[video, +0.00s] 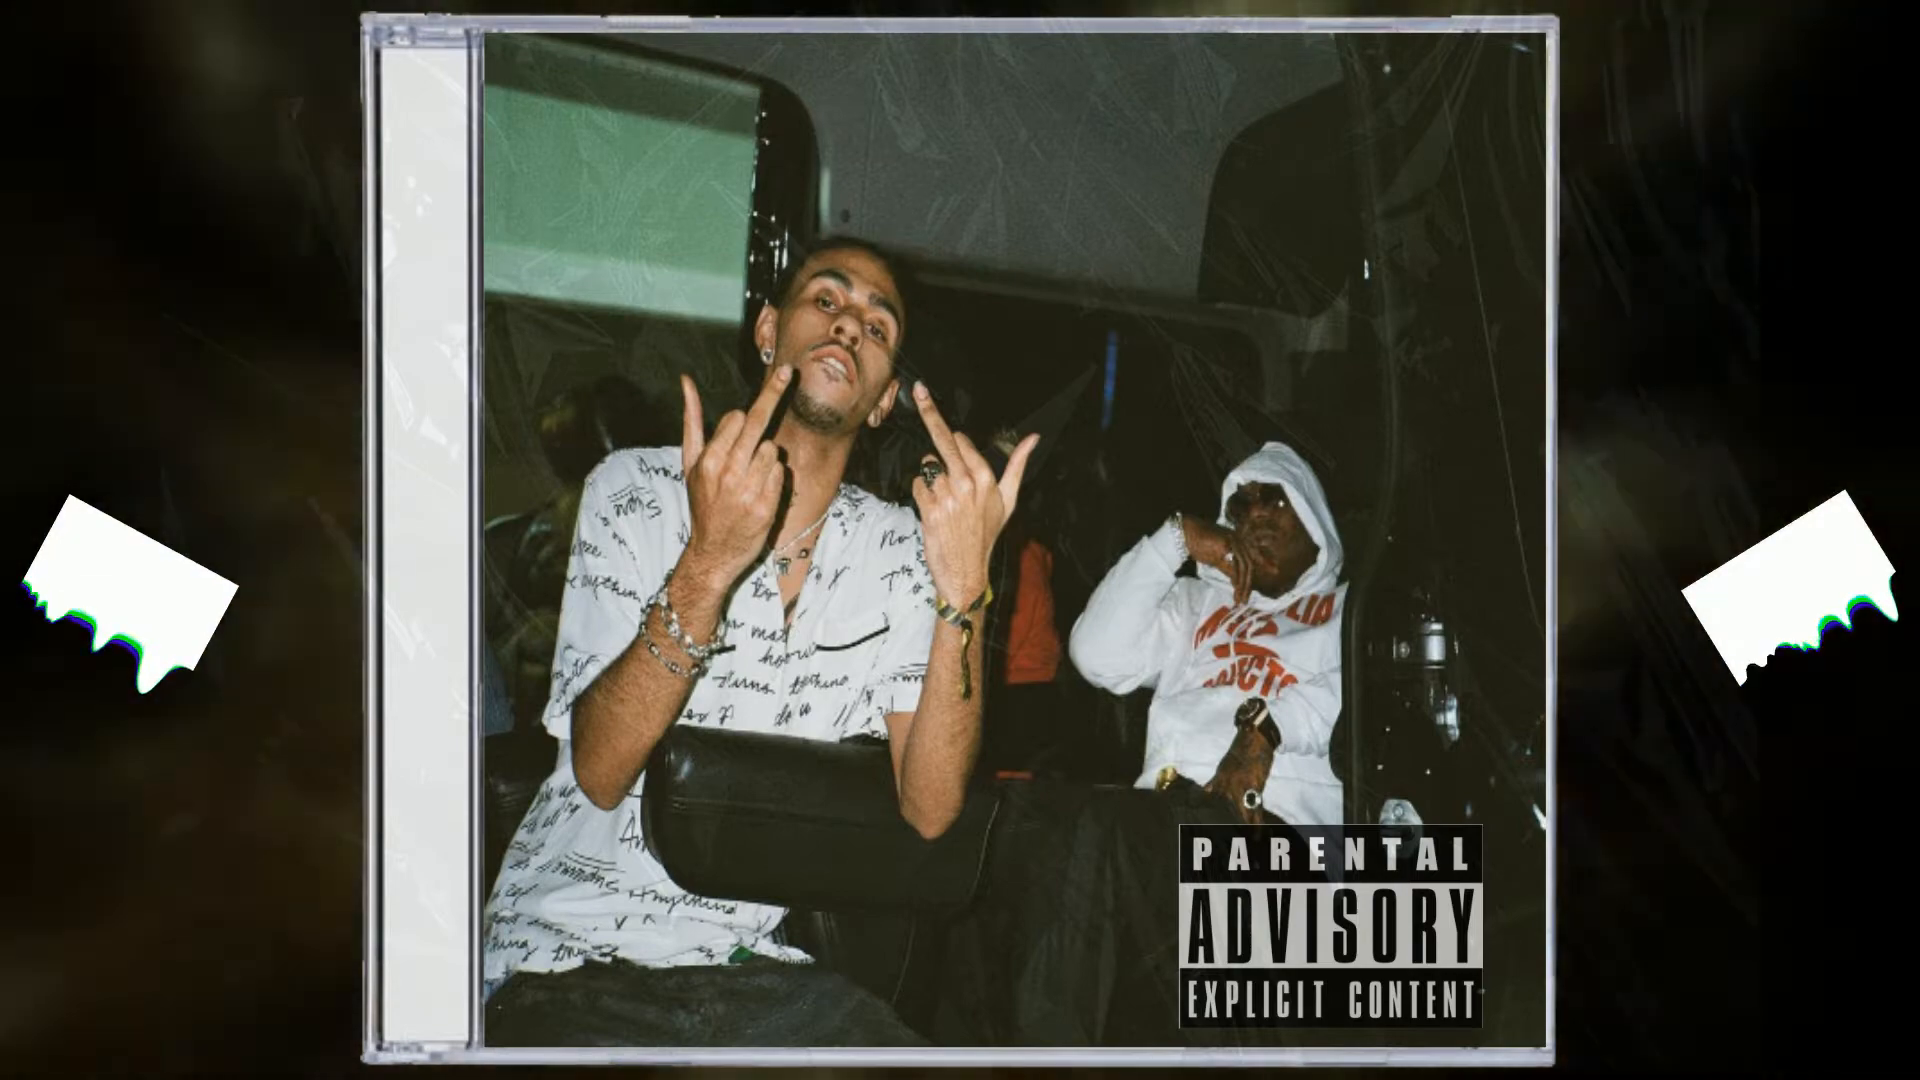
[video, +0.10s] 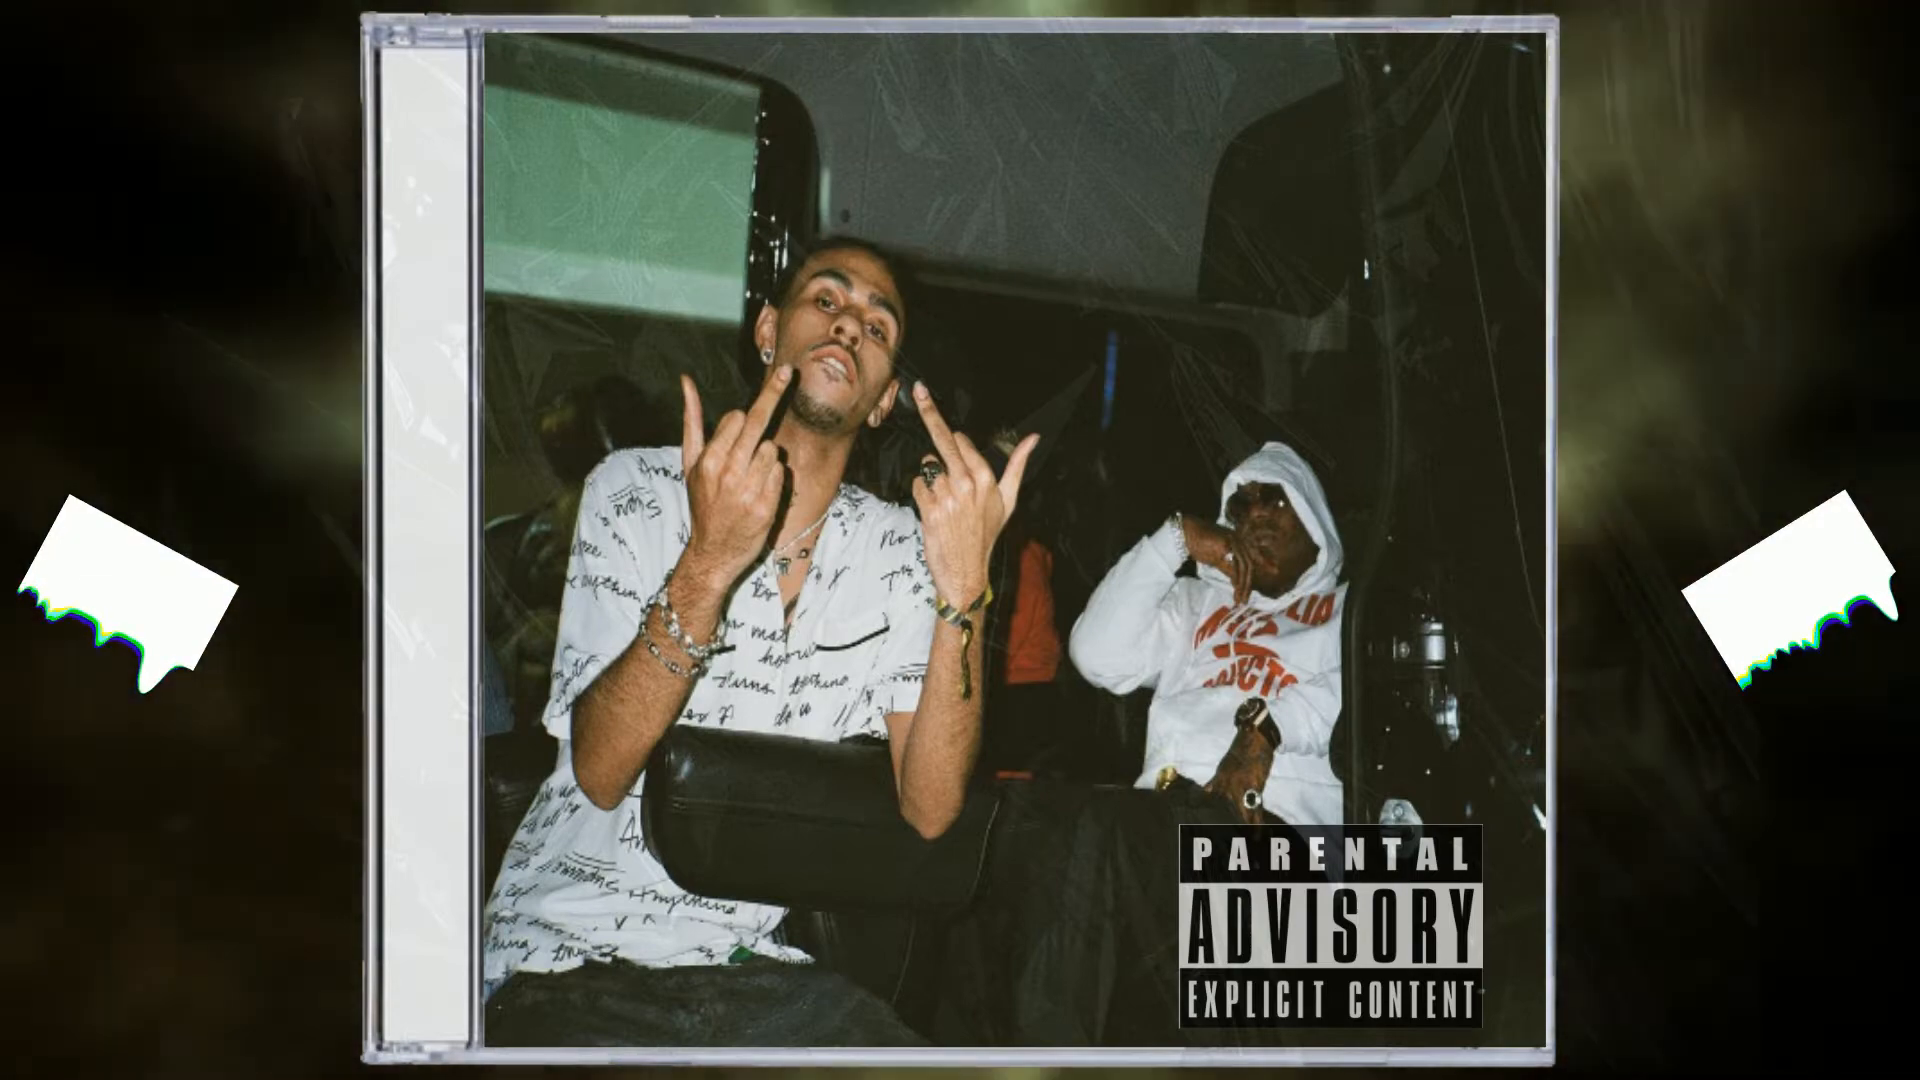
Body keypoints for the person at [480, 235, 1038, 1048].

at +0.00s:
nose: (851, 322)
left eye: (878, 323)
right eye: (826, 298)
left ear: (886, 396)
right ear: (767, 333)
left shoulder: (903, 550)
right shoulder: (637, 490)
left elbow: (931, 809)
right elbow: (601, 770)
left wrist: (966, 594)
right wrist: (709, 564)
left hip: (751, 956)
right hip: (568, 944)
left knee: (909, 1064)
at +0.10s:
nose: (851, 323)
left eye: (879, 323)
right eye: (826, 298)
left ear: (887, 395)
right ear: (767, 333)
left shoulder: (903, 550)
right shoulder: (638, 490)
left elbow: (931, 809)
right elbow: (601, 770)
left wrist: (965, 594)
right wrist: (710, 564)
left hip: (755, 957)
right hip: (571, 946)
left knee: (911, 1067)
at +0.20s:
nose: (851, 323)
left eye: (879, 323)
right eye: (826, 298)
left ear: (887, 395)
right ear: (767, 333)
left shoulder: (903, 550)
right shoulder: (638, 490)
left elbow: (931, 809)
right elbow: (601, 770)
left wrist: (965, 594)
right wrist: (710, 564)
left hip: (755, 957)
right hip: (571, 945)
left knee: (908, 1063)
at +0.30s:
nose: (851, 323)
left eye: (879, 323)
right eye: (826, 298)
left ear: (887, 395)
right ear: (767, 333)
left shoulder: (903, 550)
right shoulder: (638, 490)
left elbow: (931, 809)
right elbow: (601, 770)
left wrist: (965, 594)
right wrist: (710, 564)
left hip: (755, 957)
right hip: (571, 945)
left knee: (908, 1063)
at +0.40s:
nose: (851, 323)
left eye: (879, 323)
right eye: (826, 298)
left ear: (887, 395)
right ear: (767, 333)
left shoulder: (903, 550)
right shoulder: (638, 490)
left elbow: (931, 809)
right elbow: (601, 770)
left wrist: (965, 594)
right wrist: (710, 564)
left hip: (755, 957)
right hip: (570, 945)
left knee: (905, 1059)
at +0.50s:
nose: (851, 322)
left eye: (878, 323)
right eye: (826, 298)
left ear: (886, 395)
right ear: (767, 332)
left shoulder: (903, 550)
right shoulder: (638, 490)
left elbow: (931, 809)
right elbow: (601, 770)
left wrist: (965, 594)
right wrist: (710, 564)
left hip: (752, 955)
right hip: (568, 943)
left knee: (906, 1060)